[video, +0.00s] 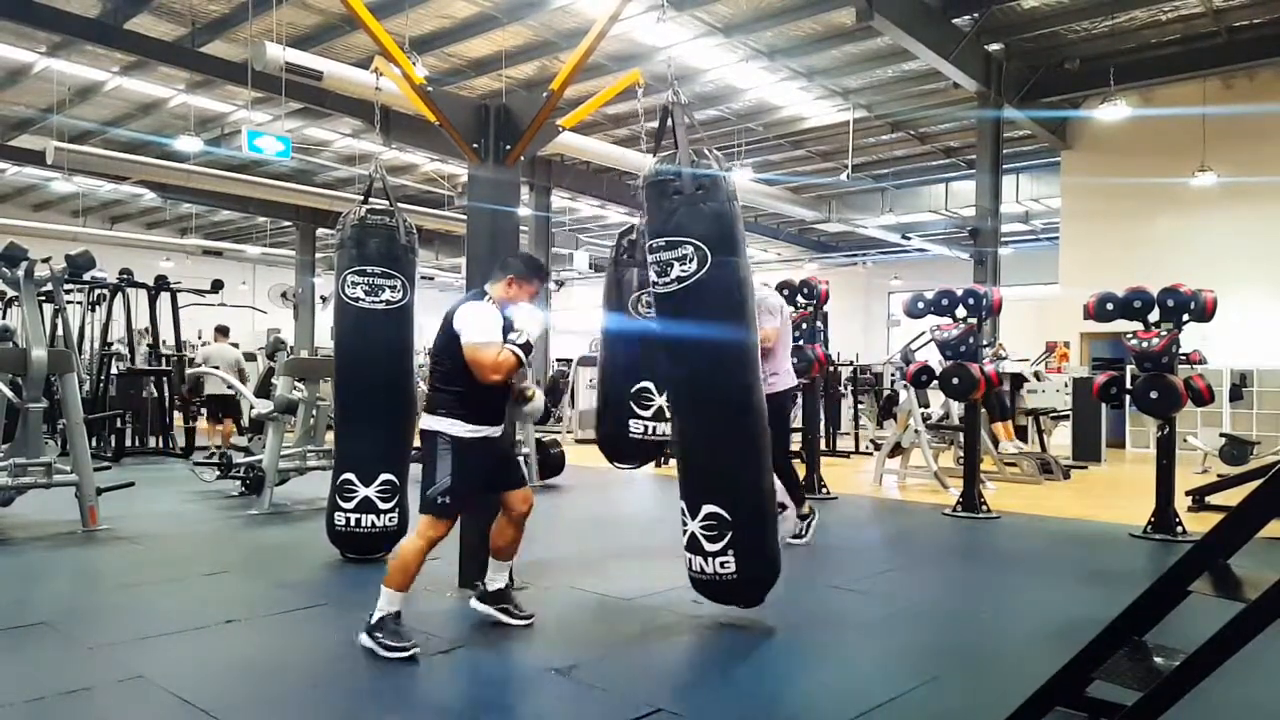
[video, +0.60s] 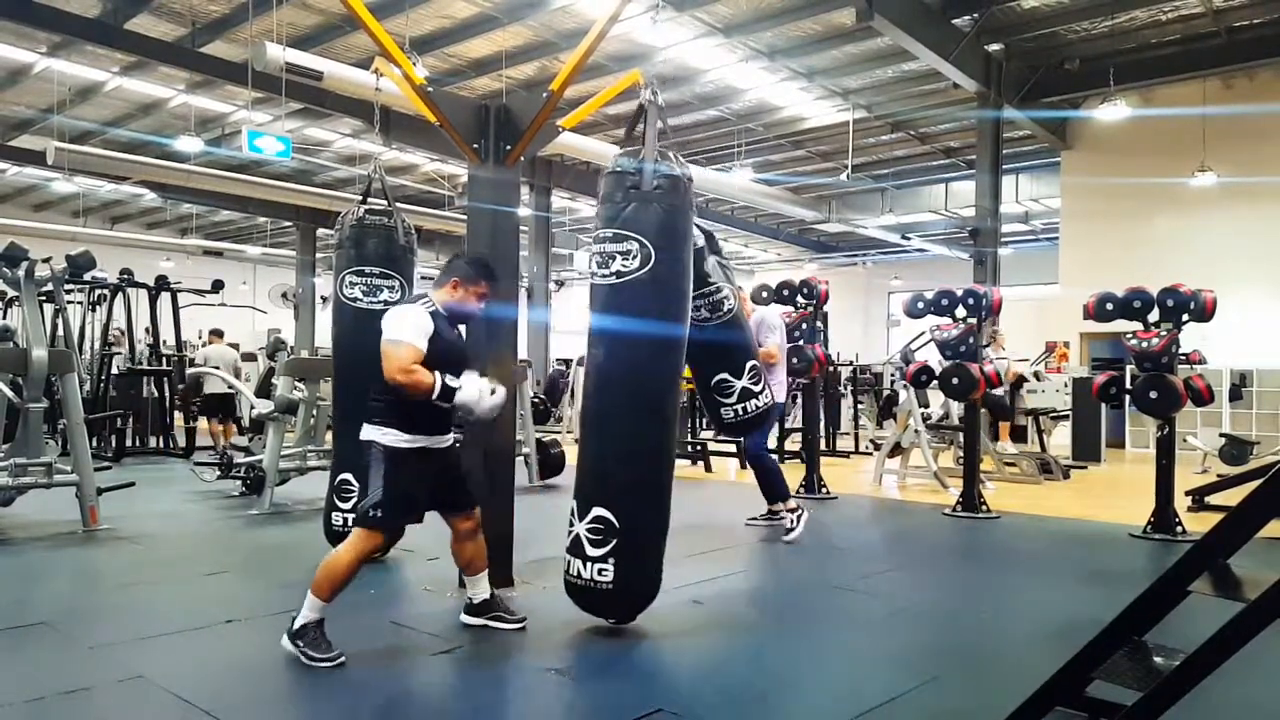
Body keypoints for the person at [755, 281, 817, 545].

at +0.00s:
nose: (729, 288)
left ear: (742, 280)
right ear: (744, 280)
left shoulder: (766, 300)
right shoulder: (750, 304)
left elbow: (767, 338)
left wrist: (734, 333)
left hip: (777, 388)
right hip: (766, 388)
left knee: (778, 458)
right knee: (767, 456)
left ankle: (804, 512)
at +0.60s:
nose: (736, 309)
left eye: (737, 303)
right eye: (734, 305)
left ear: (745, 299)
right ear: (737, 304)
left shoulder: (767, 316)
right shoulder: (744, 324)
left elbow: (772, 356)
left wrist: (743, 351)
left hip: (773, 395)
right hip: (756, 396)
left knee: (756, 449)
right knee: (753, 451)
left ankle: (792, 508)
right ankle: (774, 508)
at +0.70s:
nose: (727, 302)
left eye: (728, 296)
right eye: (724, 299)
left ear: (738, 293)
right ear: (724, 300)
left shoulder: (761, 311)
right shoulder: (730, 320)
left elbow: (770, 348)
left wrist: (739, 345)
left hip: (767, 390)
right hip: (749, 392)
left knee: (750, 444)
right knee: (758, 446)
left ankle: (760, 513)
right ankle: (774, 506)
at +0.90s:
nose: (720, 307)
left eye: (723, 299)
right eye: (720, 301)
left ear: (734, 297)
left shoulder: (754, 321)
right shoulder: (734, 324)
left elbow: (757, 360)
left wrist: (725, 353)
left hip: (756, 405)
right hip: (743, 404)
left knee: (739, 462)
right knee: (762, 458)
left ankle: (721, 521)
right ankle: (777, 510)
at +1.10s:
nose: (708, 312)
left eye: (712, 306)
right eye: (705, 308)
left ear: (727, 301)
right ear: (704, 309)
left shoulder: (749, 326)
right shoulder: (707, 327)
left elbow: (760, 366)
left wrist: (725, 361)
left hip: (743, 400)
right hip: (719, 402)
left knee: (730, 455)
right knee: (732, 456)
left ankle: (717, 522)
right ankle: (764, 501)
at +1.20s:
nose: (704, 307)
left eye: (707, 301)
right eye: (700, 302)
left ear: (722, 297)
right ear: (699, 302)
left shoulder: (744, 323)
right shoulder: (695, 319)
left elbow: (762, 364)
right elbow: (667, 326)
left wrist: (736, 376)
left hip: (738, 398)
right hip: (709, 400)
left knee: (725, 454)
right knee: (728, 455)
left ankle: (717, 522)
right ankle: (758, 500)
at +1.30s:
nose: (687, 299)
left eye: (691, 293)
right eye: (684, 295)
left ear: (705, 291)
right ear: (683, 297)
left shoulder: (728, 317)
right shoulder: (684, 316)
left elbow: (761, 340)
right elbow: (661, 335)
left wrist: (758, 364)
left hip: (727, 398)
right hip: (702, 399)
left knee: (717, 457)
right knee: (721, 455)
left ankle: (716, 524)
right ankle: (750, 500)